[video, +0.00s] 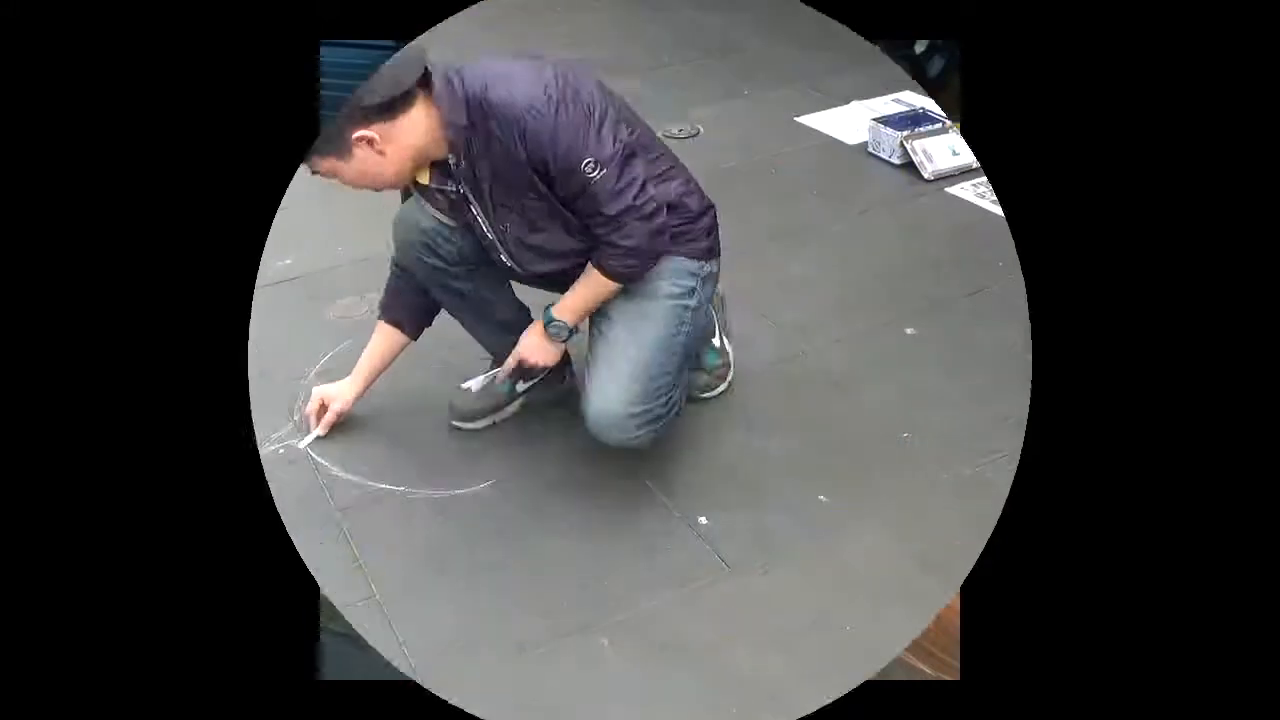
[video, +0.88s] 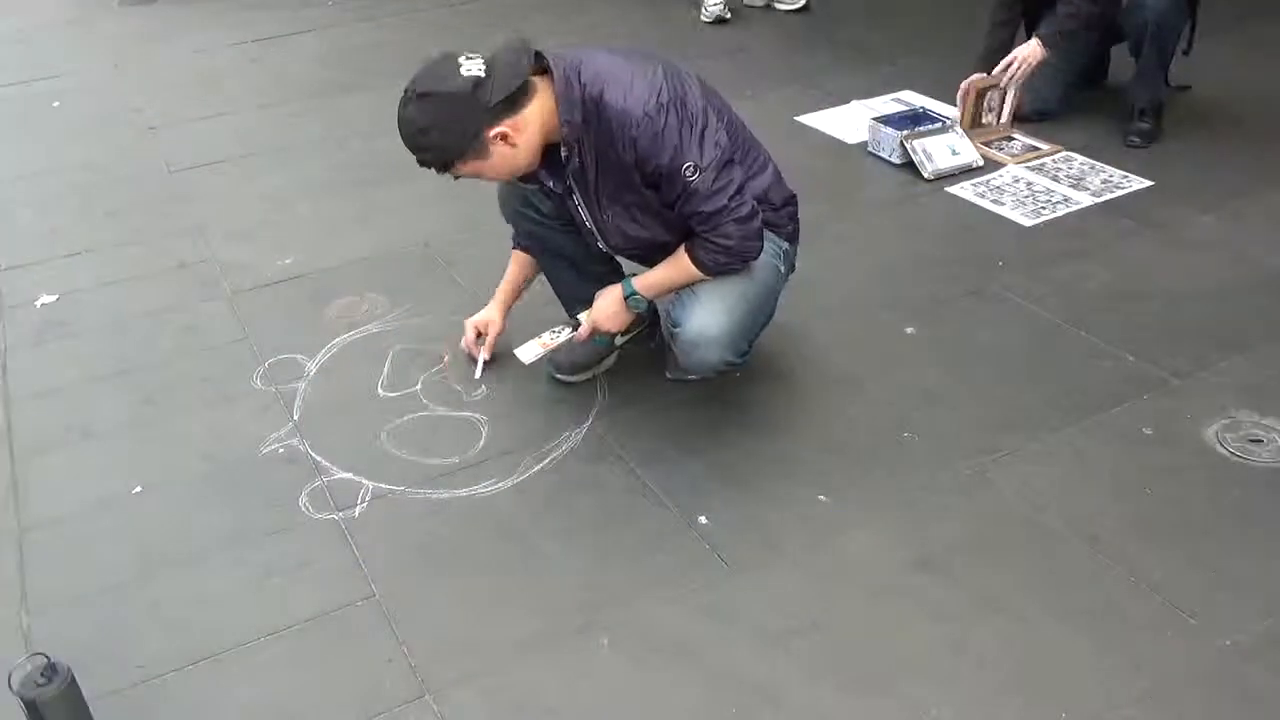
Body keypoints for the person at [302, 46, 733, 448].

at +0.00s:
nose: (352, 187)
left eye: (336, 174)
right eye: (335, 179)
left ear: (367, 143)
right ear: (369, 138)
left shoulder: (537, 107)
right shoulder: (427, 155)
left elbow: (640, 235)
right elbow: (417, 278)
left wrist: (554, 326)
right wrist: (353, 384)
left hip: (662, 247)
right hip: (568, 252)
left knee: (617, 422)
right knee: (421, 228)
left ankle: (698, 320)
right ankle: (529, 363)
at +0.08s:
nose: (301, 166)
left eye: (288, 154)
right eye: (288, 156)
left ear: (310, 133)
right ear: (319, 119)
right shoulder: (390, 127)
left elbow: (540, 249)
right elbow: (454, 241)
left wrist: (466, 328)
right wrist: (374, 321)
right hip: (528, 254)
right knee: (378, 225)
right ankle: (510, 356)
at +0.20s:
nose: (549, 173)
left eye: (550, 158)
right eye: (538, 164)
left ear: (592, 106)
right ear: (591, 104)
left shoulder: (719, 101)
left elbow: (787, 230)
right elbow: (518, 263)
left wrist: (682, 304)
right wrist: (484, 391)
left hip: (745, 259)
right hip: (657, 257)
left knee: (746, 367)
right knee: (561, 214)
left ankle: (715, 355)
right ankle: (628, 358)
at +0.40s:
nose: (609, 48)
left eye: (611, 34)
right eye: (603, 37)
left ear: (661, 11)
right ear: (657, 9)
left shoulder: (782, 61)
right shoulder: (684, 23)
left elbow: (811, 202)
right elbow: (612, 73)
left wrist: (702, 229)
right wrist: (522, 139)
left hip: (816, 210)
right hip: (738, 168)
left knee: (729, 324)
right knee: (611, 123)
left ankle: (790, 317)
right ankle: (645, 267)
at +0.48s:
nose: (465, 174)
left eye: (460, 161)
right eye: (455, 165)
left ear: (503, 126)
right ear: (502, 122)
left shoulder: (644, 94)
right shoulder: (518, 145)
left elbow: (740, 207)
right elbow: (501, 254)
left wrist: (643, 286)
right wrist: (471, 378)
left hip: (729, 226)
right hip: (636, 240)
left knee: (723, 323)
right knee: (520, 218)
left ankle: (708, 327)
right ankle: (622, 326)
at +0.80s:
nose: (479, 178)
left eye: (469, 168)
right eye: (467, 174)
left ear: (499, 126)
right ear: (499, 120)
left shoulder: (643, 109)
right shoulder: (532, 125)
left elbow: (733, 237)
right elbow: (516, 237)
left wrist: (631, 294)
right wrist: (478, 329)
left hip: (739, 233)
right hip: (647, 232)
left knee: (702, 348)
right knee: (526, 207)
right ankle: (610, 321)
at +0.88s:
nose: (479, 180)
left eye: (470, 172)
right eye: (468, 175)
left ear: (502, 137)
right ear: (501, 129)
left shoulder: (645, 111)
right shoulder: (534, 116)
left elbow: (735, 238)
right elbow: (542, 222)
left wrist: (632, 293)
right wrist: (498, 305)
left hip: (740, 233)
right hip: (646, 228)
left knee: (702, 347)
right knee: (524, 201)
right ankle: (607, 320)